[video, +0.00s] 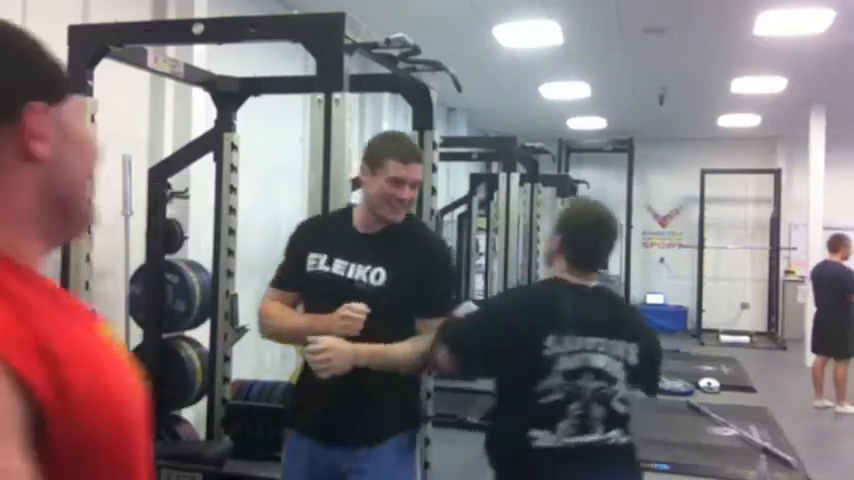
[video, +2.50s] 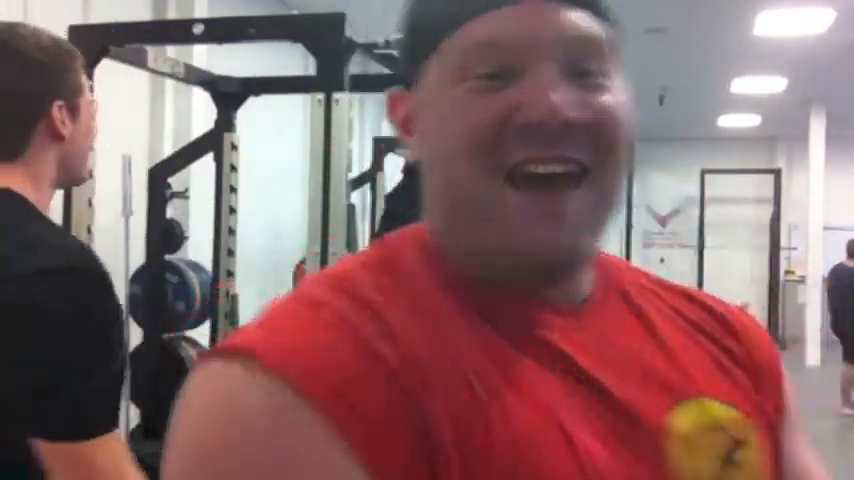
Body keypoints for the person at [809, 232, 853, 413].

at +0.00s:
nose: (850, 252)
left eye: (850, 248)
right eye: (849, 248)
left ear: (830, 248)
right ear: (841, 249)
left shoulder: (817, 269)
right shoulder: (846, 273)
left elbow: (818, 297)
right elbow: (850, 297)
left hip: (822, 317)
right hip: (842, 320)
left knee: (821, 357)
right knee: (841, 361)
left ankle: (818, 397)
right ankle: (841, 401)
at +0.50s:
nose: (853, 252)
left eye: (852, 248)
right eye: (851, 248)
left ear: (838, 248)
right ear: (843, 248)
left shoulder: (823, 269)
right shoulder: (847, 273)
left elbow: (822, 298)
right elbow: (849, 300)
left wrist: (831, 311)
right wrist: (847, 315)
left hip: (827, 318)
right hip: (845, 321)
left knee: (824, 357)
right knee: (847, 361)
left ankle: (820, 398)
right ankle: (845, 402)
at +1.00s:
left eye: (853, 251)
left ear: (846, 251)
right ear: (851, 251)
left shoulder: (835, 270)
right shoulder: (848, 272)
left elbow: (833, 302)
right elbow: (839, 302)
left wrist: (841, 314)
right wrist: (845, 317)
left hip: (839, 319)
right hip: (849, 321)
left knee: (849, 359)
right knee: (850, 361)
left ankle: (832, 389)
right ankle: (846, 403)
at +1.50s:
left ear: (848, 252)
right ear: (852, 252)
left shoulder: (842, 271)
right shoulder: (846, 272)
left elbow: (840, 302)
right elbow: (842, 302)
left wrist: (846, 312)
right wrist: (847, 313)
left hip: (846, 318)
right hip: (849, 319)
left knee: (851, 358)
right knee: (851, 360)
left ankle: (845, 386)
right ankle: (847, 400)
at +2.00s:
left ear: (847, 252)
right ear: (853, 253)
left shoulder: (840, 270)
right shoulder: (846, 271)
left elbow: (839, 301)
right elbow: (841, 302)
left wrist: (843, 314)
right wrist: (845, 316)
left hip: (844, 319)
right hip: (849, 320)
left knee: (850, 358)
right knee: (851, 361)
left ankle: (844, 385)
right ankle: (847, 400)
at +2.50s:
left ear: (847, 251)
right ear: (851, 252)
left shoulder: (837, 271)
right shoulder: (841, 272)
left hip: (844, 327)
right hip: (848, 327)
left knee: (848, 365)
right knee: (849, 365)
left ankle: (846, 403)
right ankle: (846, 404)